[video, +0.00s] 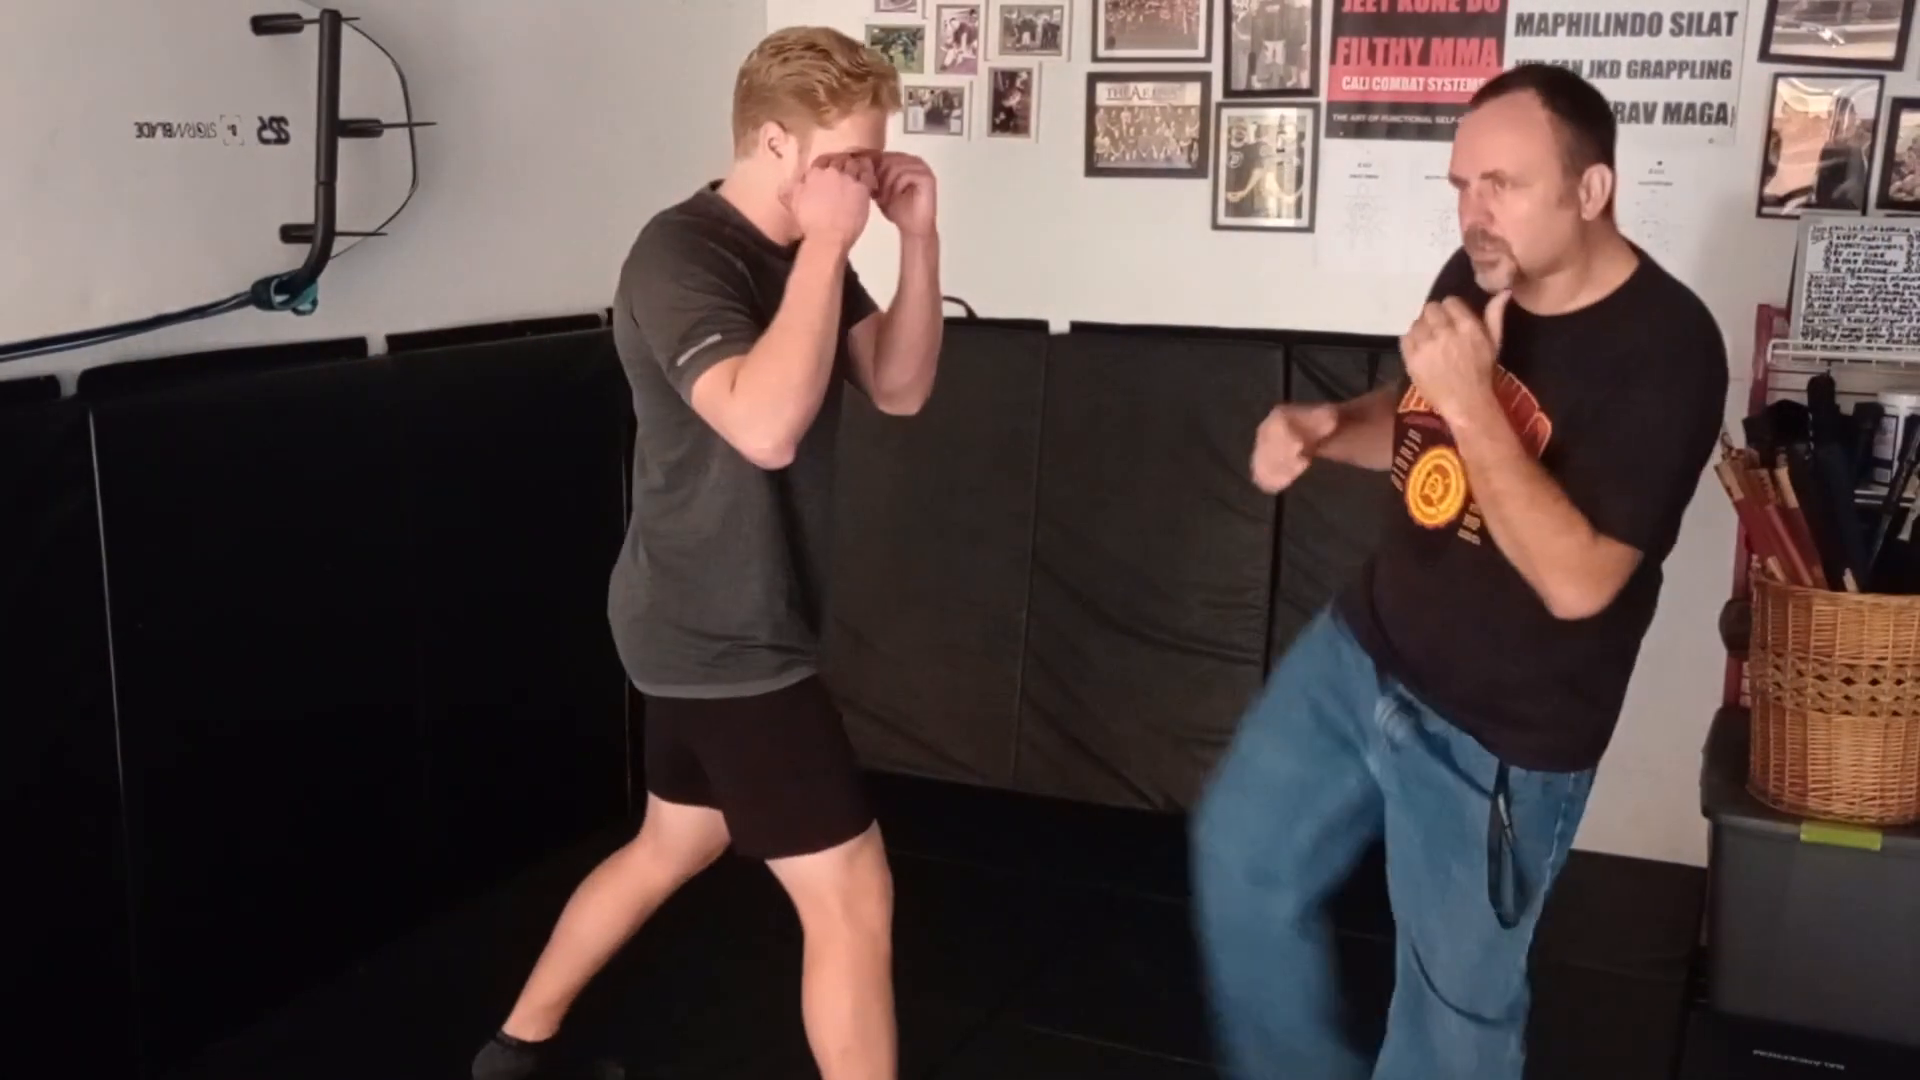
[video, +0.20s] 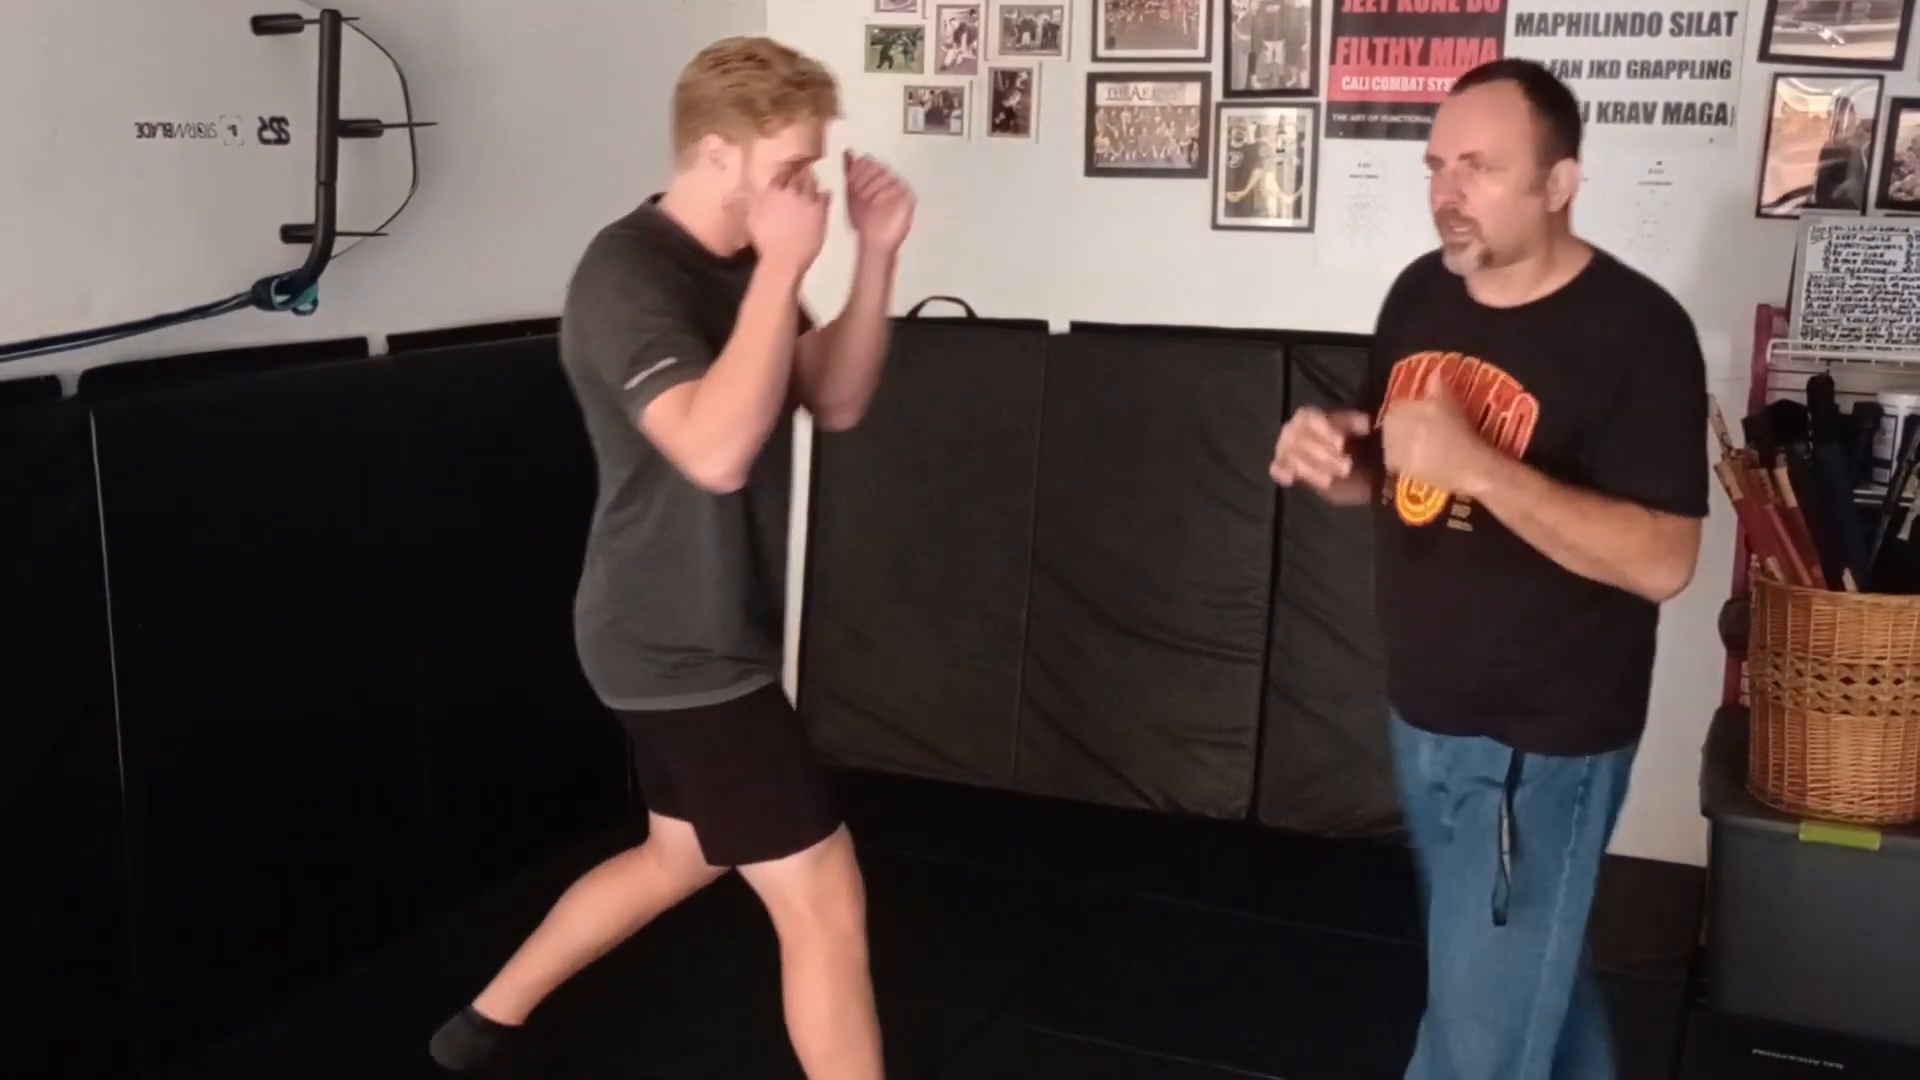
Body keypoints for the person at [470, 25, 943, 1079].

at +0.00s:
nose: (867, 186)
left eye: (872, 164)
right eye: (852, 162)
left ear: (785, 150)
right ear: (781, 150)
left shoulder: (790, 256)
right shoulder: (675, 261)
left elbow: (899, 387)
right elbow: (762, 424)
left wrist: (919, 236)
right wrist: (827, 247)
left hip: (710, 628)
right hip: (723, 642)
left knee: (671, 845)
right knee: (849, 903)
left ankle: (519, 1043)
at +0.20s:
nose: (815, 195)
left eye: (816, 172)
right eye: (798, 172)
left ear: (739, 159)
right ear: (725, 160)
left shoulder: (735, 263)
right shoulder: (622, 277)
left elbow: (838, 400)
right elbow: (714, 451)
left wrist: (877, 252)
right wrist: (784, 267)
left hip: (712, 635)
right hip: (674, 650)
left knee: (681, 854)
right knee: (822, 900)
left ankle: (484, 1024)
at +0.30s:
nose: (739, 201)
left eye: (741, 175)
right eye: (722, 176)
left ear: (664, 170)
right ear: (642, 169)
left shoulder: (683, 276)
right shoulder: (545, 296)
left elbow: (745, 427)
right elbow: (595, 489)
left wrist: (806, 318)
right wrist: (704, 326)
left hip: (688, 642)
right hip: (623, 662)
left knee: (641, 876)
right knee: (773, 908)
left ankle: (461, 1055)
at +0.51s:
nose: (644, 189)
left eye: (648, 163)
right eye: (626, 165)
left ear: (588, 164)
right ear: (549, 160)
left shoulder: (606, 266)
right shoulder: (450, 275)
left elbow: (699, 391)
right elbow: (482, 457)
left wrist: (752, 250)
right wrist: (601, 317)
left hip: (592, 621)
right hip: (505, 640)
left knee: (583, 868)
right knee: (696, 847)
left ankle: (451, 1069)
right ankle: (714, 1076)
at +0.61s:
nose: (623, 142)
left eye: (627, 119)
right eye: (605, 119)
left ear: (577, 117)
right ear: (530, 110)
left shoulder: (582, 221)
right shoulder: (427, 218)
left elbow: (687, 332)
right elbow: (465, 391)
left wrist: (734, 191)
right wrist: (580, 240)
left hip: (549, 581)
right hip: (458, 592)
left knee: (525, 833)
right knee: (617, 829)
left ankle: (445, 1058)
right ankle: (542, 1071)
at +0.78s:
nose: (589, 134)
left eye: (592, 114)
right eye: (572, 112)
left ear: (510, 109)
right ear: (496, 105)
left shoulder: (531, 217)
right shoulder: (393, 204)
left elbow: (642, 324)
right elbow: (451, 359)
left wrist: (689, 184)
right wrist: (558, 187)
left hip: (491, 590)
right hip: (406, 603)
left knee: (491, 807)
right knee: (438, 882)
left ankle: (334, 1005)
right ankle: (335, 1070)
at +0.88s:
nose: (576, 157)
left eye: (579, 134)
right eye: (558, 135)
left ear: (494, 131)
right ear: (478, 130)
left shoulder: (511, 245)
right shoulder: (369, 235)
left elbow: (601, 374)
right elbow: (426, 403)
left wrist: (664, 241)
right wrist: (534, 231)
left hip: (454, 610)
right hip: (377, 621)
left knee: (414, 846)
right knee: (441, 894)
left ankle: (291, 1020)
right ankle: (330, 1079)